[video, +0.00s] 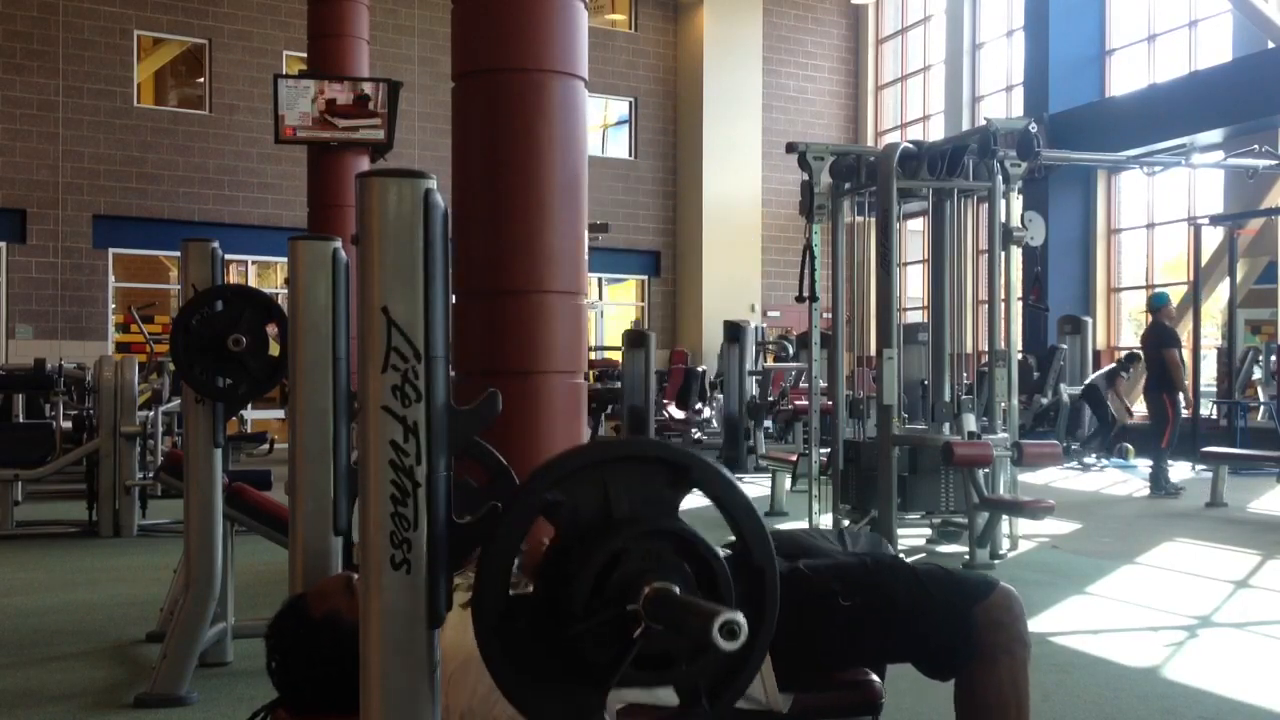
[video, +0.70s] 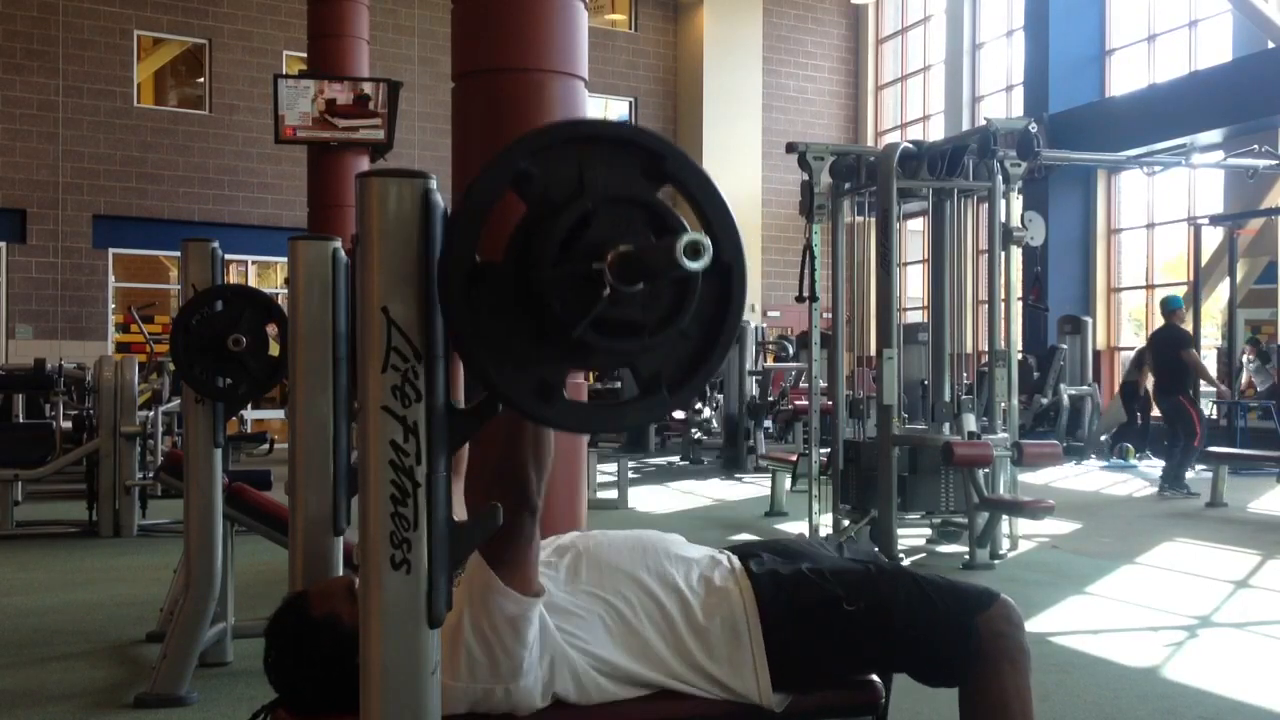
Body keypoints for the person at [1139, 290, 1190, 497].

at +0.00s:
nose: (1174, 309)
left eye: (1172, 305)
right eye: (1170, 306)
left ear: (1155, 310)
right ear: (1163, 309)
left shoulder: (1149, 332)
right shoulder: (1166, 331)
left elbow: (1150, 364)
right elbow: (1174, 363)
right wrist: (1185, 392)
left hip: (1152, 388)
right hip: (1164, 389)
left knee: (1162, 432)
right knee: (1167, 431)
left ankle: (1162, 479)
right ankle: (1159, 482)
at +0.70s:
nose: (1185, 313)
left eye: (1184, 309)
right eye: (1182, 309)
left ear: (1165, 313)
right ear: (1176, 312)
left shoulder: (1155, 336)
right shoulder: (1180, 334)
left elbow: (1147, 365)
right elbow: (1195, 363)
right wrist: (1217, 385)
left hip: (1161, 393)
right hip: (1178, 393)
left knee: (1175, 436)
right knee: (1197, 432)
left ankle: (1168, 480)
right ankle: (1177, 479)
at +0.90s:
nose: (1190, 311)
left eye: (1189, 308)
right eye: (1188, 308)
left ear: (1169, 310)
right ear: (1182, 309)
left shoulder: (1159, 331)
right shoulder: (1184, 328)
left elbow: (1144, 338)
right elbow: (1203, 336)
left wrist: (1140, 335)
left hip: (1167, 390)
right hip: (1184, 390)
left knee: (1180, 432)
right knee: (1200, 429)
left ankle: (1168, 478)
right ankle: (1180, 478)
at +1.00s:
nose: (1192, 300)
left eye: (1191, 296)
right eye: (1190, 296)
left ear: (1171, 298)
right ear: (1185, 297)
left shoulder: (1161, 318)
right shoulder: (1191, 314)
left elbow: (1142, 316)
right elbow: (1208, 310)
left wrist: (1135, 304)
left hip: (1168, 377)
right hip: (1187, 377)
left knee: (1174, 420)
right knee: (1197, 417)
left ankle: (1166, 471)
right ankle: (1190, 471)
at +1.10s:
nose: (1193, 299)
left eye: (1192, 296)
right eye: (1191, 296)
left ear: (1173, 297)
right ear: (1187, 297)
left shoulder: (1163, 316)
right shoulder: (1190, 313)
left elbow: (1145, 302)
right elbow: (1205, 289)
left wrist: (1137, 280)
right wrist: (1215, 265)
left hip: (1171, 378)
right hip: (1190, 378)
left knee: (1172, 422)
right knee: (1202, 418)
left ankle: (1157, 469)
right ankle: (1197, 470)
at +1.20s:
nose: (1194, 306)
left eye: (1192, 303)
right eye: (1192, 302)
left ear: (1173, 306)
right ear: (1188, 305)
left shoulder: (1165, 325)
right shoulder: (1188, 323)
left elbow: (1149, 304)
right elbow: (1197, 291)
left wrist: (1151, 275)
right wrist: (1196, 267)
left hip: (1172, 387)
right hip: (1190, 387)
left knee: (1173, 428)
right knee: (1207, 424)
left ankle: (1151, 472)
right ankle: (1207, 475)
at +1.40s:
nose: (1198, 319)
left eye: (1197, 316)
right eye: (1196, 316)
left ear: (1175, 318)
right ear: (1193, 319)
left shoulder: (1168, 337)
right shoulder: (1194, 335)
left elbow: (1152, 322)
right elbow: (1206, 312)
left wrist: (1157, 296)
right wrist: (1200, 286)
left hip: (1172, 400)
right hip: (1192, 401)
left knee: (1172, 439)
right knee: (1212, 442)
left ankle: (1147, 477)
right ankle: (1201, 484)